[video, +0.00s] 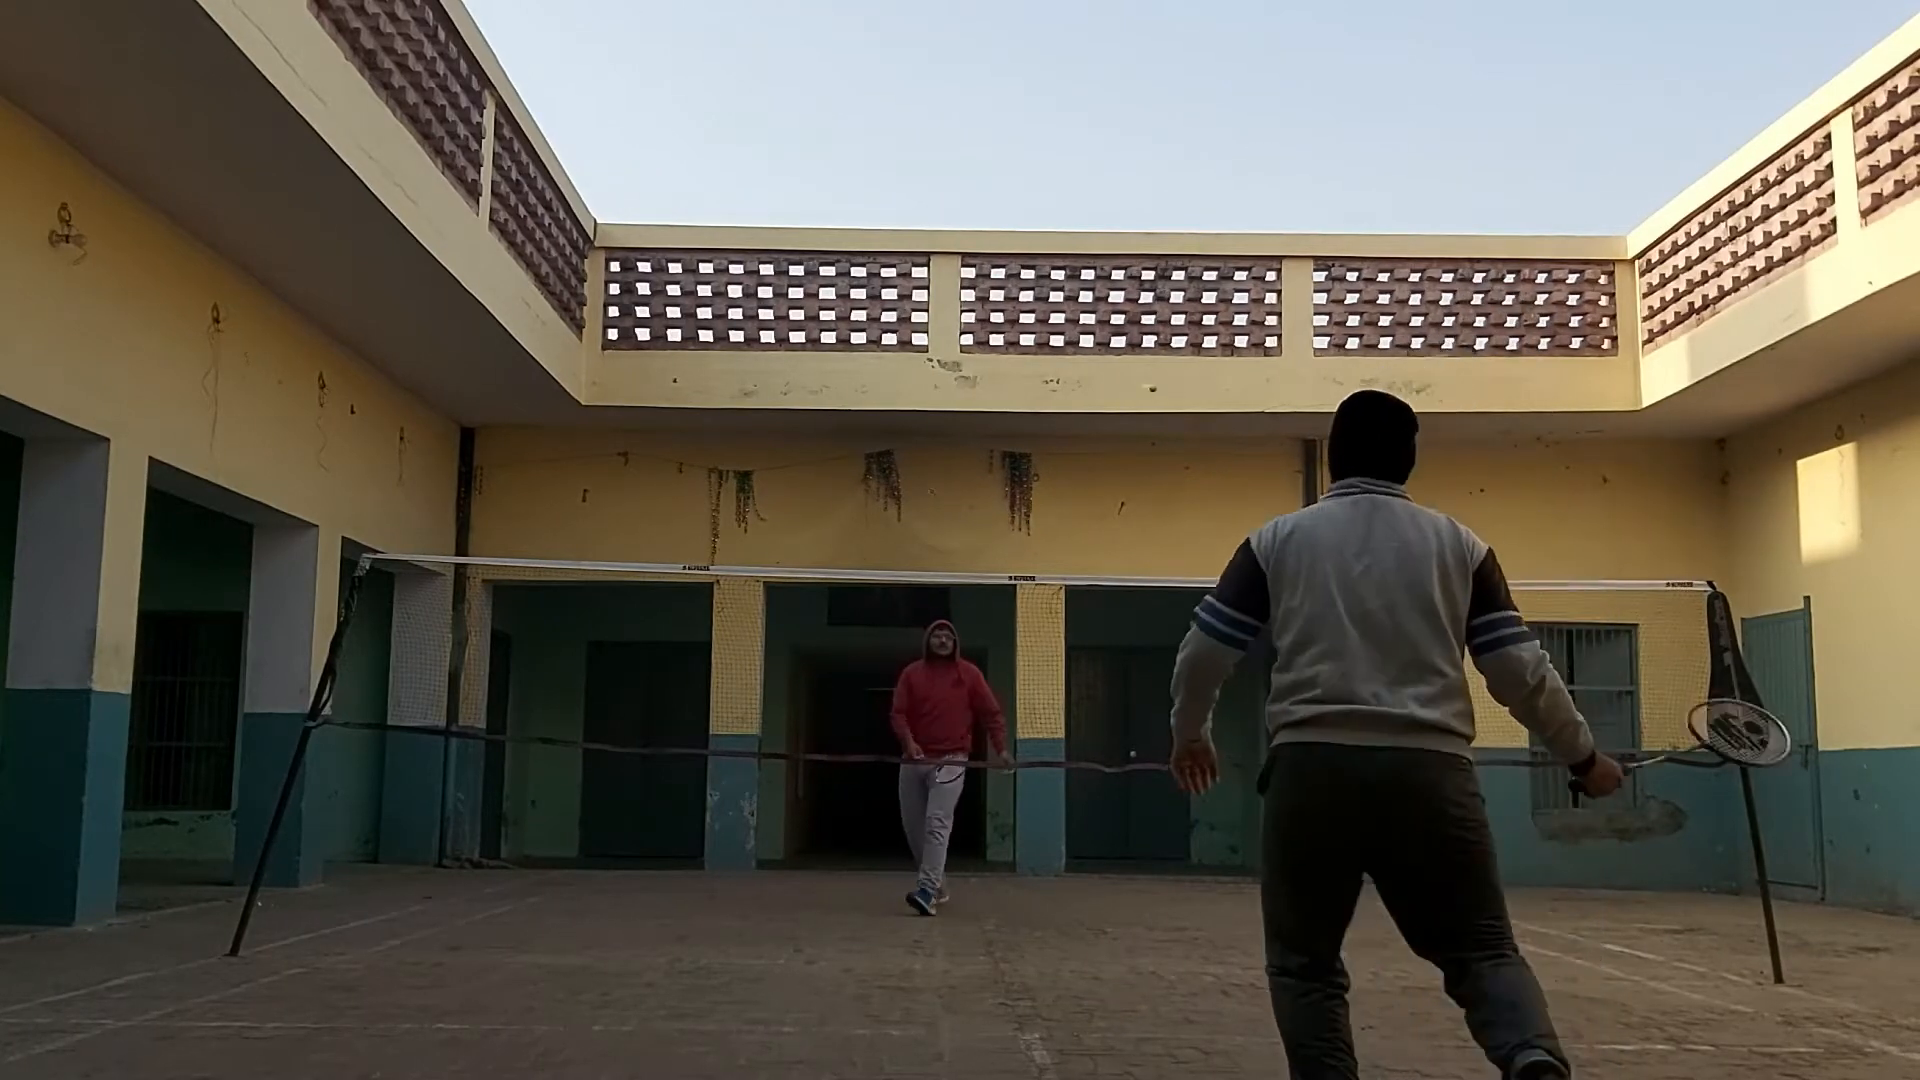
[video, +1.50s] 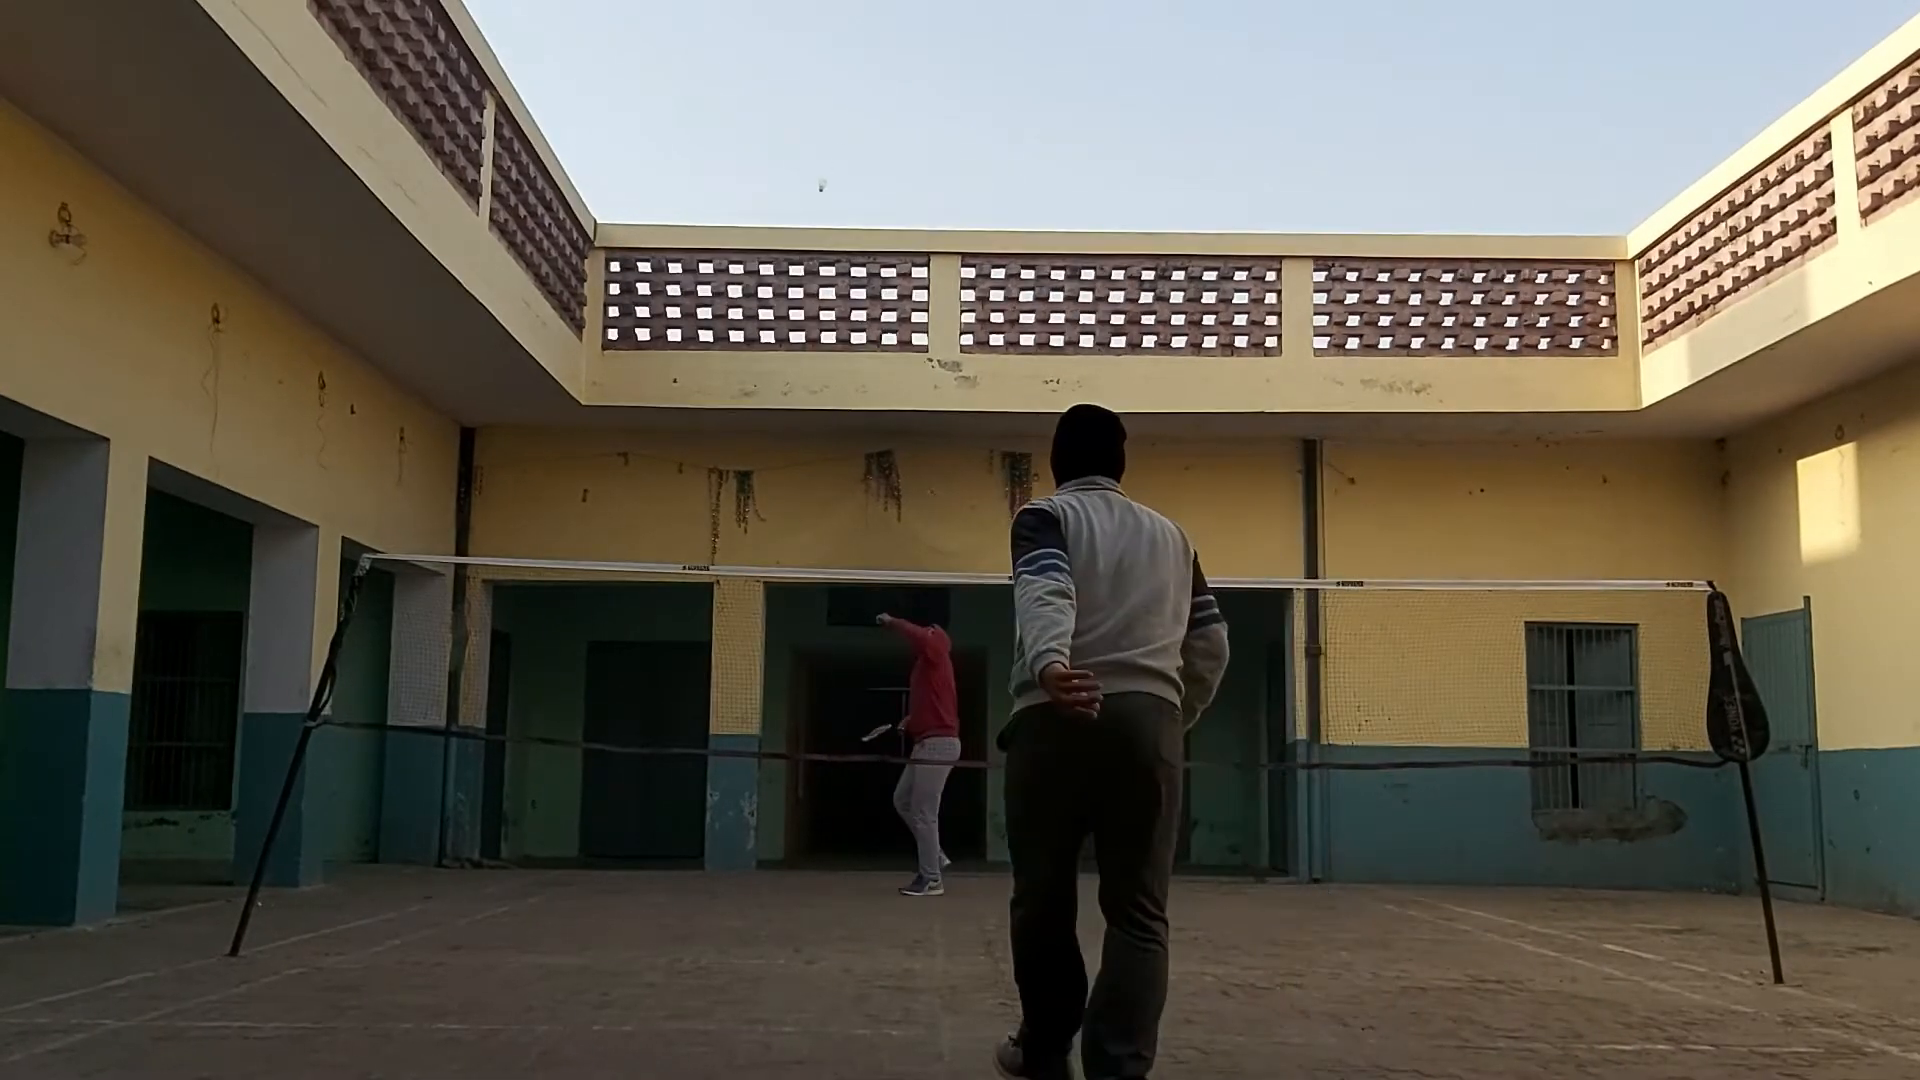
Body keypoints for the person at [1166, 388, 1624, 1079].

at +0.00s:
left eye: (1339, 451)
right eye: (1402, 453)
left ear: (1332, 456)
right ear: (1410, 461)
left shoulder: (1275, 541)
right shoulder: (1460, 546)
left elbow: (1200, 654)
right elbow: (1519, 670)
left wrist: (1190, 732)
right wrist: (1584, 756)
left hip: (1308, 777)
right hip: (1431, 777)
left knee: (1304, 964)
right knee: (1480, 947)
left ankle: (1328, 1077)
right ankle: (1535, 1061)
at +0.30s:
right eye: (1404, 509)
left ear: (1338, 506)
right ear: (1406, 518)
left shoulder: (1270, 561)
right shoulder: (1427, 598)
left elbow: (1171, 609)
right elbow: (1473, 713)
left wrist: (1175, 677)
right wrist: (1560, 801)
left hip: (1286, 759)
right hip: (1383, 770)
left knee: (1293, 931)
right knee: (1383, 905)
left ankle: (1341, 1071)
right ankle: (1394, 1061)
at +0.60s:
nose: (1346, 523)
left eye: (1350, 515)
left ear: (1348, 523)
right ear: (1405, 548)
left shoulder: (1302, 559)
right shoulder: (1401, 620)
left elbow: (1229, 602)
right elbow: (1359, 684)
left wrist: (1184, 687)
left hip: (1260, 741)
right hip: (1343, 763)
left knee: (1190, 896)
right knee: (1343, 891)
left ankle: (1257, 1046)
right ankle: (1379, 1052)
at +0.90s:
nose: (1218, 499)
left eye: (1220, 488)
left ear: (1220, 496)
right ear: (1281, 501)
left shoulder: (1196, 557)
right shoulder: (1298, 559)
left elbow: (1105, 613)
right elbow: (1240, 547)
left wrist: (1153, 570)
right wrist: (1180, 526)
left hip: (1201, 749)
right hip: (1287, 754)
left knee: (1111, 885)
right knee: (1312, 891)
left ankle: (1066, 1037)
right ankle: (1377, 1044)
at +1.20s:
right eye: (1146, 471)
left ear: (1086, 477)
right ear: (1152, 476)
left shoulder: (1058, 552)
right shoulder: (1195, 539)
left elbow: (990, 657)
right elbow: (1216, 630)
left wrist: (926, 733)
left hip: (1109, 737)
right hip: (1208, 727)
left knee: (1089, 886)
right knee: (1244, 875)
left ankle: (1073, 1044)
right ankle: (1241, 1025)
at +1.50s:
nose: (1057, 474)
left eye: (1055, 463)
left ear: (1057, 466)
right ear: (1122, 466)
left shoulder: (1045, 516)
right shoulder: (1171, 535)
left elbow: (1046, 590)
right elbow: (1210, 646)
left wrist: (1048, 661)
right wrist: (1173, 716)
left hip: (1052, 723)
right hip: (1148, 726)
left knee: (1042, 897)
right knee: (1140, 908)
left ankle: (1047, 1049)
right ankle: (1122, 1064)